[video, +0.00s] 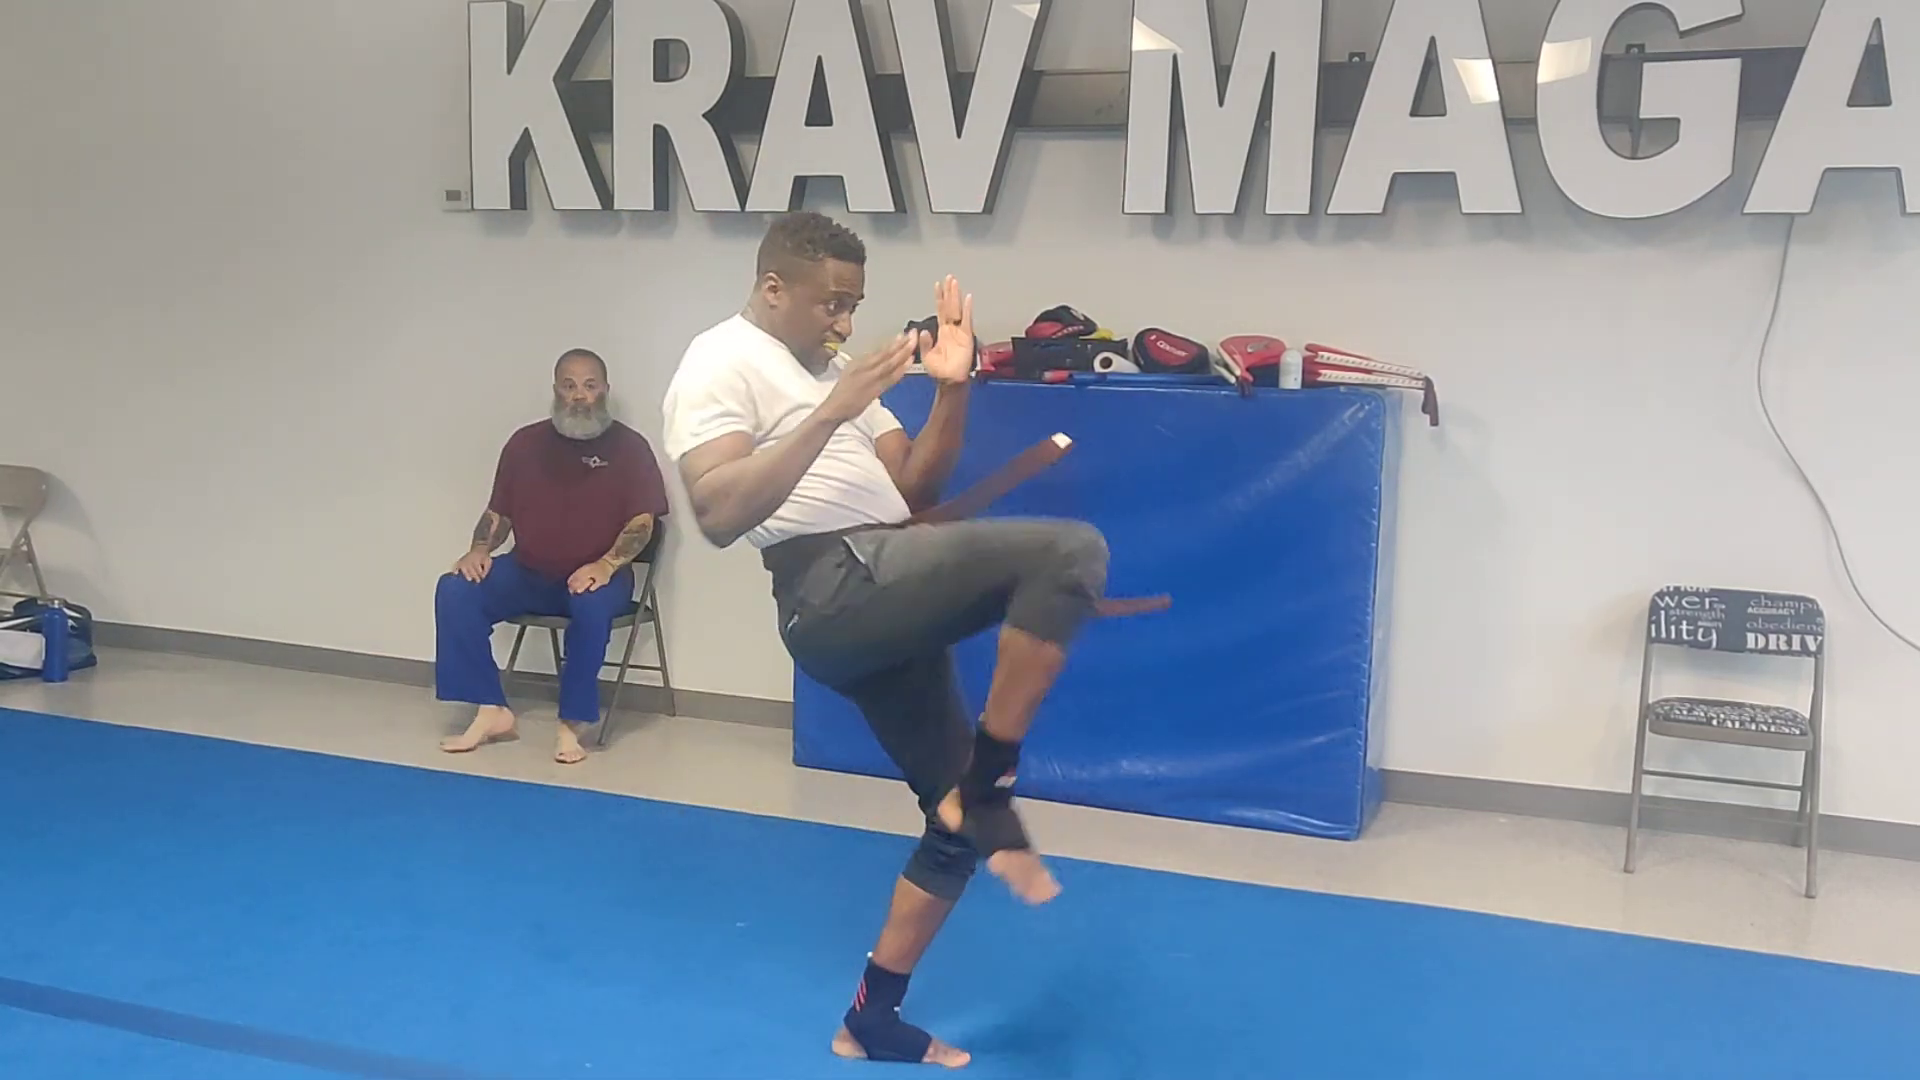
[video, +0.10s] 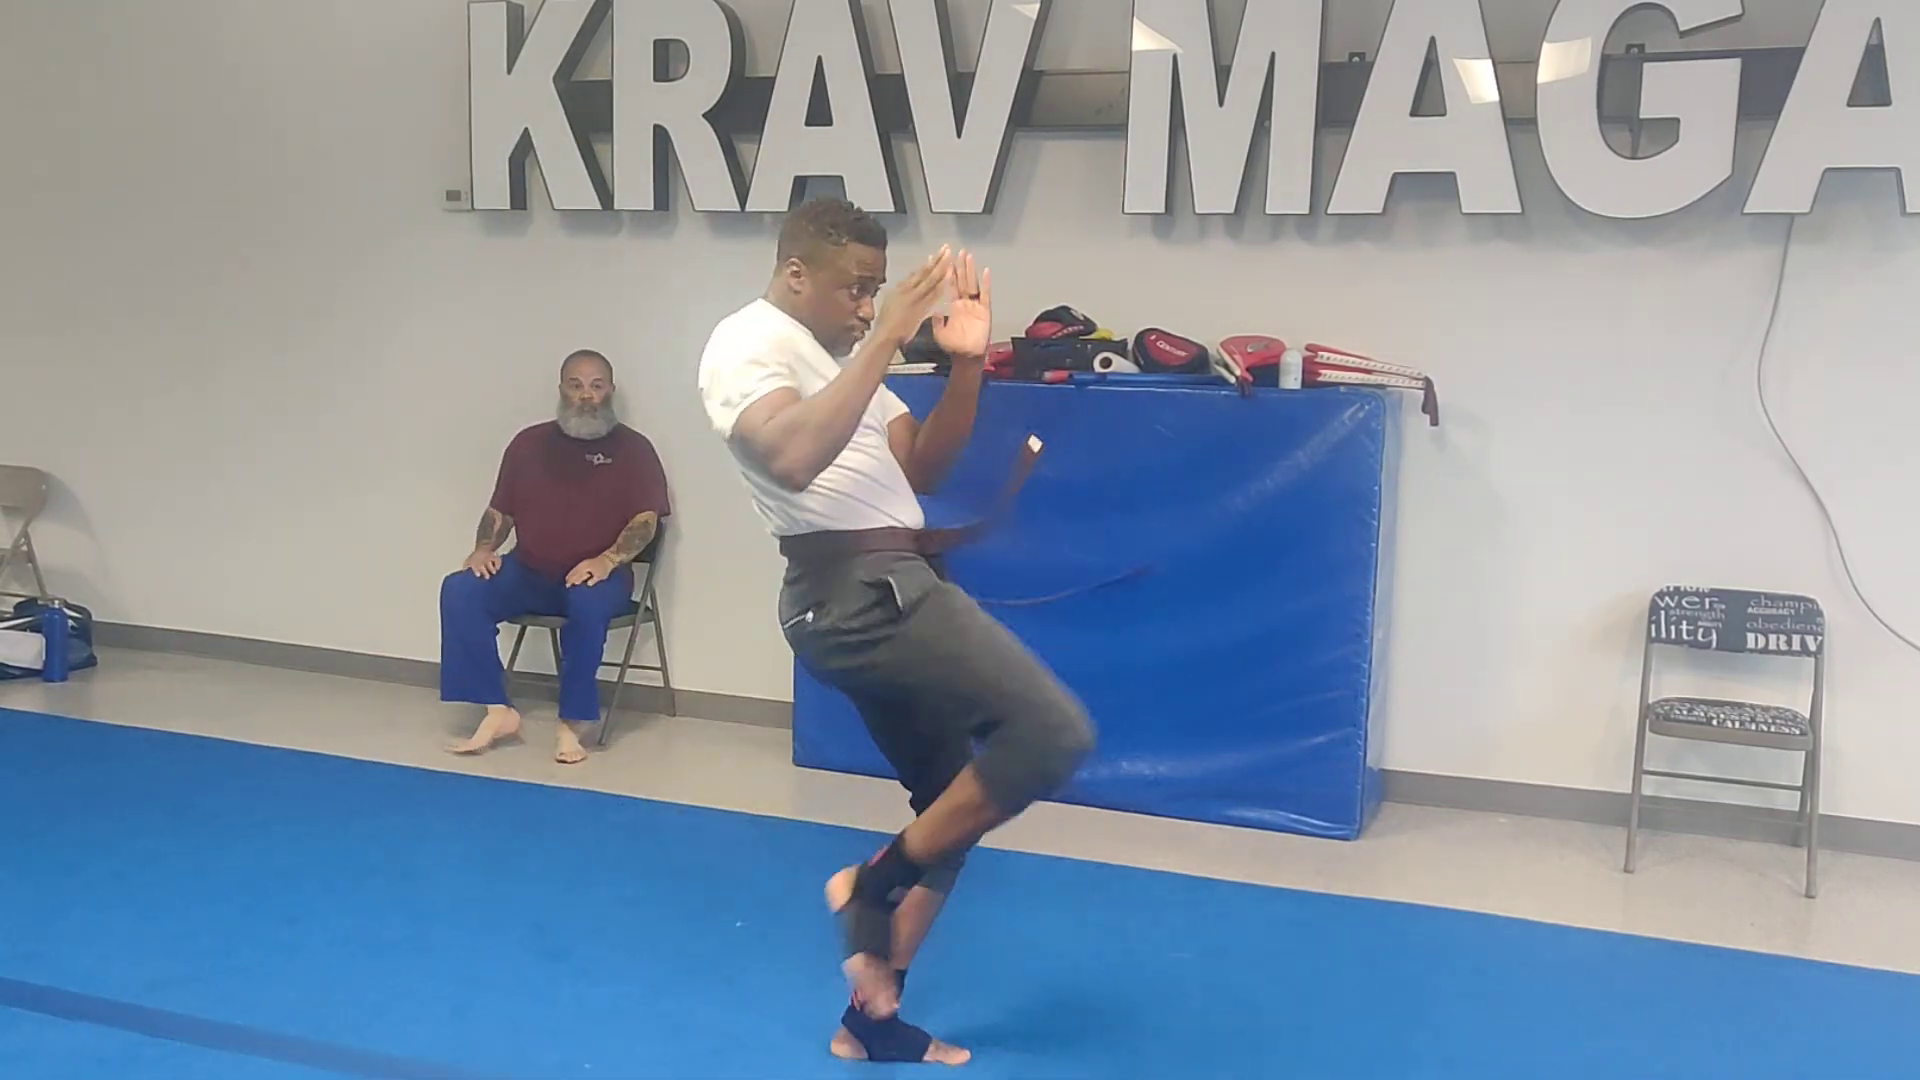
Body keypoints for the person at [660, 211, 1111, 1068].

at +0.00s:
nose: (845, 320)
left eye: (852, 305)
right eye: (833, 302)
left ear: (850, 301)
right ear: (772, 291)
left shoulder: (834, 372)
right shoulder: (717, 363)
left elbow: (915, 484)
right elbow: (716, 514)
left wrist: (953, 388)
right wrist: (829, 414)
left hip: (884, 583)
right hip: (832, 587)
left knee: (960, 815)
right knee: (1068, 552)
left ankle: (875, 1015)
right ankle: (987, 791)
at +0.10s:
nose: (868, 305)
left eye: (873, 290)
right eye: (853, 286)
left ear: (860, 291)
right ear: (795, 276)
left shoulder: (846, 358)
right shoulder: (745, 342)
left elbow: (920, 466)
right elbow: (790, 455)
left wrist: (967, 368)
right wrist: (885, 337)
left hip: (890, 583)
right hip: (855, 588)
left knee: (955, 808)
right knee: (1051, 732)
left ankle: (871, 1014)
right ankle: (873, 886)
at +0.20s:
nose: (889, 295)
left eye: (895, 277)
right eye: (876, 274)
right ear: (811, 264)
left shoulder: (853, 344)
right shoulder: (766, 331)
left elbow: (917, 434)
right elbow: (884, 412)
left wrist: (965, 349)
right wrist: (935, 296)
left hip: (921, 574)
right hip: (856, 586)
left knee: (982, 806)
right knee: (928, 827)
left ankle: (880, 1005)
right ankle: (760, 994)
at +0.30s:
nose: (923, 319)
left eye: (926, 302)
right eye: (908, 300)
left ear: (865, 294)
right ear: (847, 287)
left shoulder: (866, 353)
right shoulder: (809, 358)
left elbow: (936, 444)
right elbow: (963, 454)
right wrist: (989, 314)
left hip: (908, 606)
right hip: (832, 621)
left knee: (1049, 775)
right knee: (845, 873)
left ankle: (970, 962)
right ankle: (707, 1041)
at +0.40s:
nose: (966, 362)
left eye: (973, 346)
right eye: (955, 346)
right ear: (893, 333)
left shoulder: (920, 399)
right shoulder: (834, 411)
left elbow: (976, 499)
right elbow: (954, 537)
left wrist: (1023, 412)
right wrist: (1013, 403)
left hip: (911, 638)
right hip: (823, 649)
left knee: (1047, 804)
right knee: (844, 894)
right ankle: (709, 1042)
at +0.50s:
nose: (1010, 401)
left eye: (1018, 383)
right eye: (995, 381)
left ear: (1024, 370)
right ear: (937, 360)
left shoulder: (994, 425)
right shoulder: (865, 421)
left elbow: (1053, 532)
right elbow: (917, 572)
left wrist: (1078, 446)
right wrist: (1029, 465)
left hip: (940, 645)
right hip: (848, 647)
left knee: (1073, 812)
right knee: (858, 886)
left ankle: (1110, 958)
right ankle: (709, 1043)